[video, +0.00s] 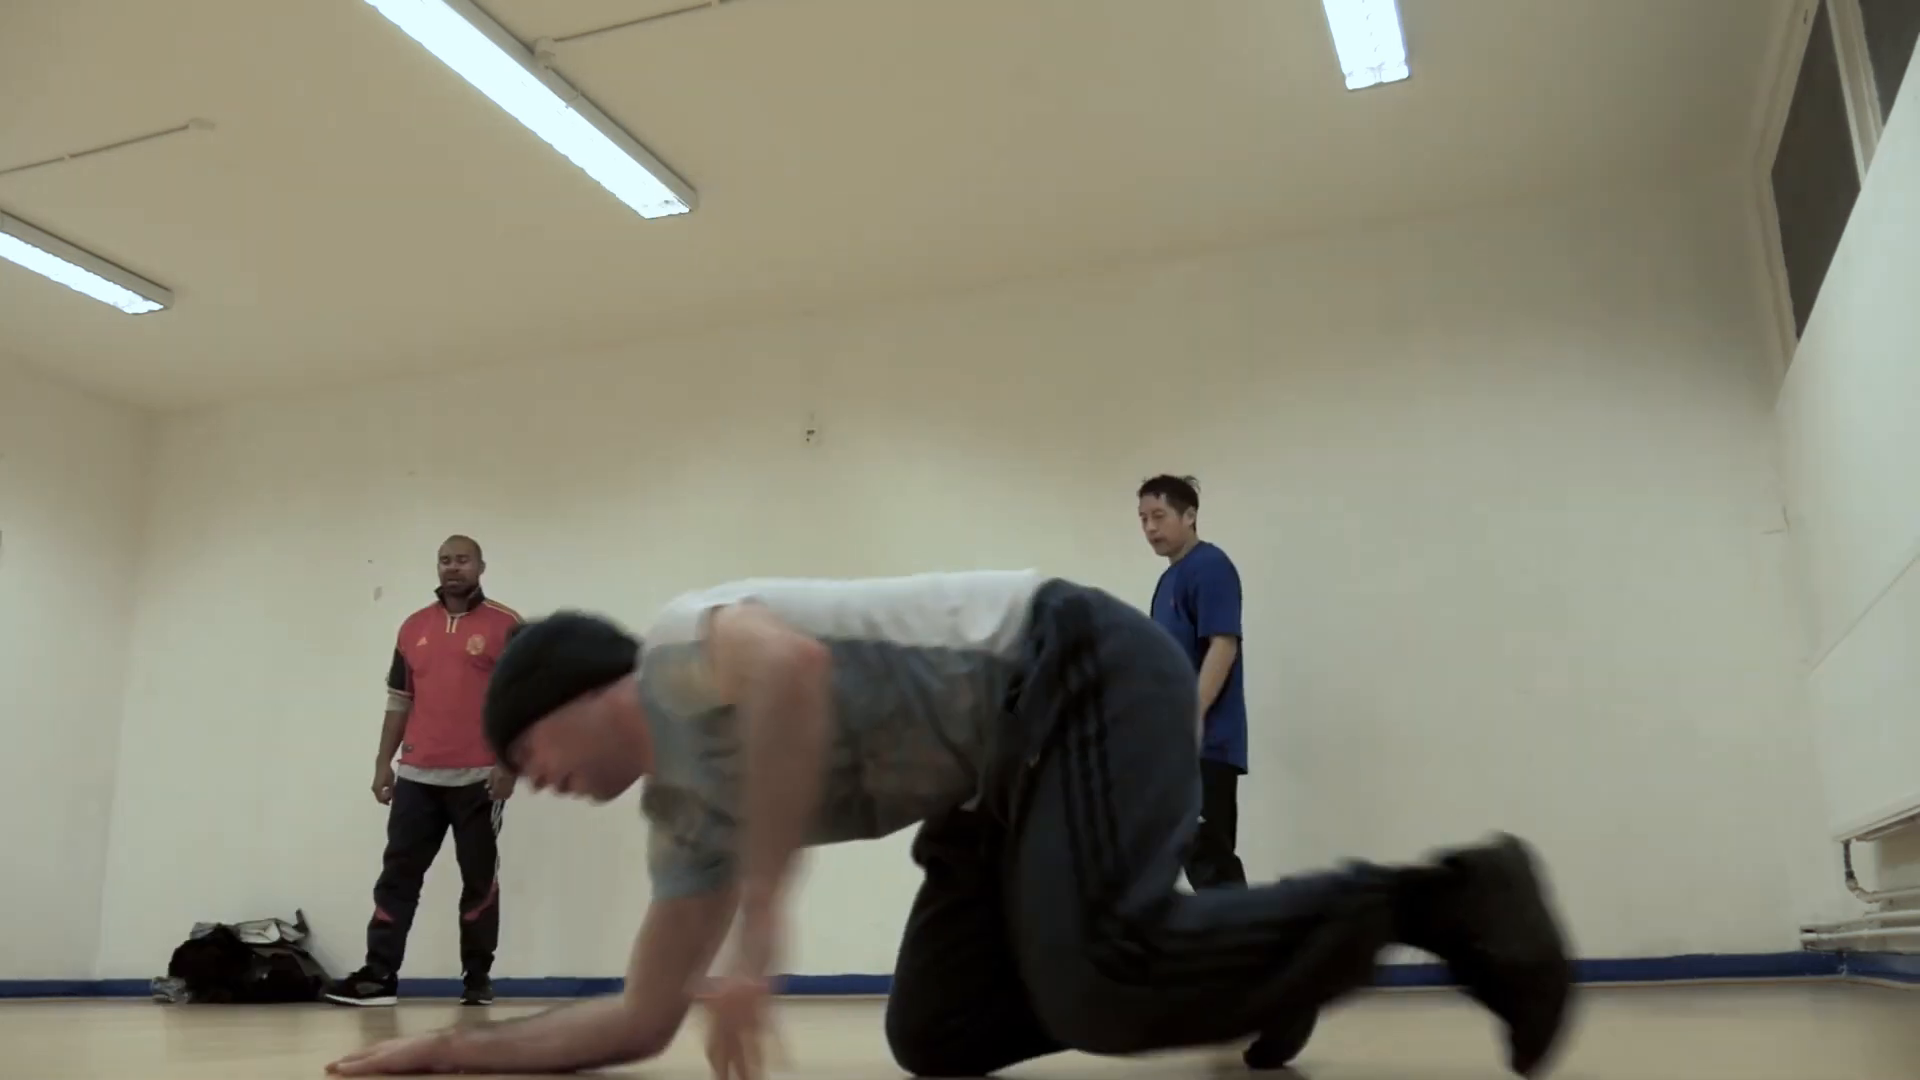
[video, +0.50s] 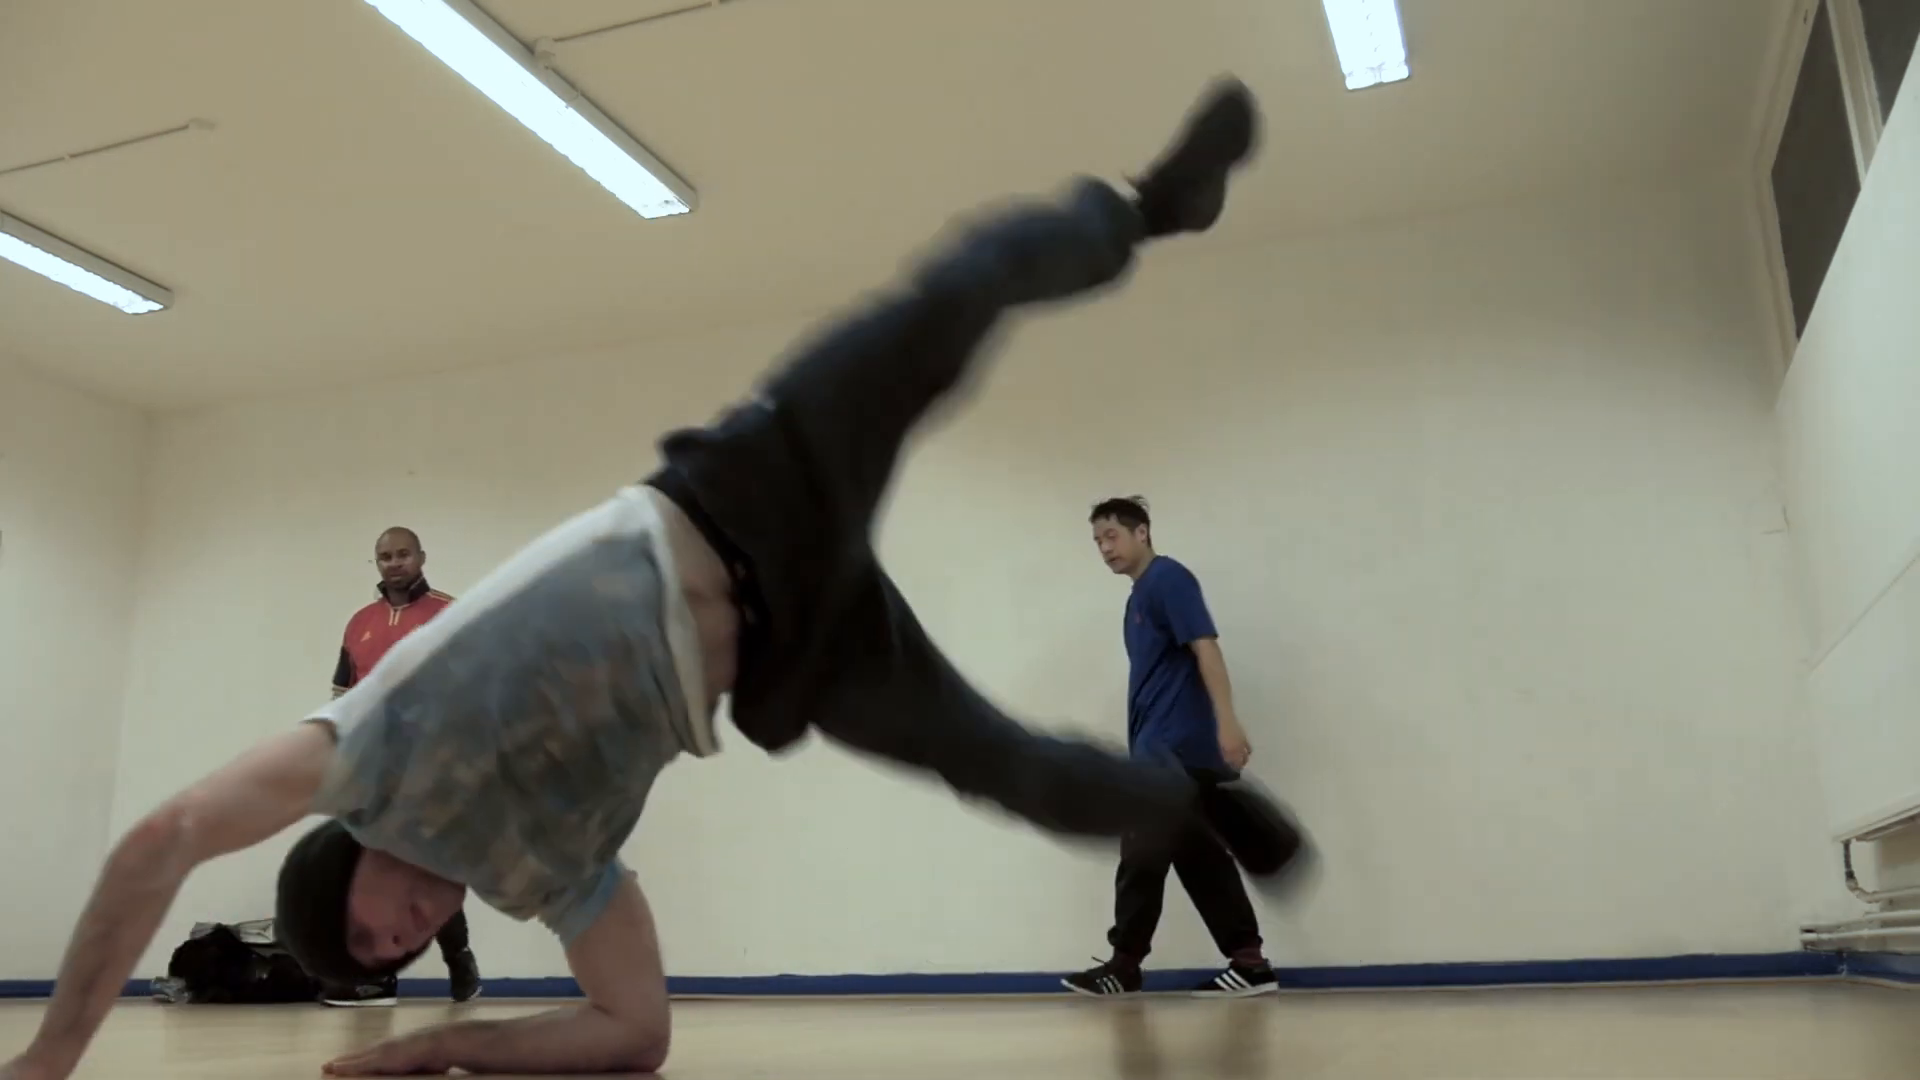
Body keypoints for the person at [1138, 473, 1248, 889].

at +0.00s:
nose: (1150, 527)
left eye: (1159, 516)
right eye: (1145, 519)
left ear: (1189, 517)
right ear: (1141, 522)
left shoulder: (1211, 565)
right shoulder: (1168, 579)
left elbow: (1224, 645)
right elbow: (1164, 654)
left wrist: (1192, 715)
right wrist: (1161, 715)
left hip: (1211, 740)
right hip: (1180, 738)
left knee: (1210, 854)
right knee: (1197, 855)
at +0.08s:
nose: (1145, 534)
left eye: (1153, 523)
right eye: (1139, 526)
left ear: (1183, 521)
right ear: (1136, 528)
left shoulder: (1204, 570)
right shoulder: (1175, 579)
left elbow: (1227, 646)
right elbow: (1176, 661)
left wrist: (1214, 725)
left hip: (1200, 742)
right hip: (1179, 742)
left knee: (1210, 852)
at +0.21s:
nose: (1136, 540)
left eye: (1142, 528)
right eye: (1130, 531)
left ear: (1173, 524)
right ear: (1134, 533)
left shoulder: (1199, 573)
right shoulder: (1173, 581)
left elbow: (1232, 654)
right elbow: (1179, 666)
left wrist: (1245, 736)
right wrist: (1170, 735)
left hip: (1203, 742)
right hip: (1179, 742)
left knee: (1198, 852)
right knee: (1182, 851)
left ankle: (1223, 960)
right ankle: (1201, 961)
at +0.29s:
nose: (1128, 542)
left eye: (1135, 531)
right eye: (1123, 534)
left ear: (1166, 526)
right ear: (1129, 537)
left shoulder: (1193, 574)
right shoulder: (1167, 585)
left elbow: (1230, 650)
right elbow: (1183, 660)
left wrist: (1255, 723)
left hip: (1189, 743)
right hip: (1184, 744)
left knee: (1151, 848)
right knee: (1212, 862)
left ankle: (1179, 964)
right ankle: (1250, 962)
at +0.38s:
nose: (1122, 547)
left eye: (1127, 536)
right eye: (1120, 537)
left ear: (1149, 530)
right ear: (1140, 533)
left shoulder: (1184, 569)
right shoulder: (1150, 580)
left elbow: (1225, 642)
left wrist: (1250, 720)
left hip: (1185, 734)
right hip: (1182, 736)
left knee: (1144, 849)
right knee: (1209, 858)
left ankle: (1139, 966)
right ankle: (1253, 960)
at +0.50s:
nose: (1105, 547)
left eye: (1112, 536)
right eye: (1099, 541)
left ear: (1142, 533)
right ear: (1100, 547)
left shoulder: (1168, 579)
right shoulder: (1139, 594)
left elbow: (1206, 649)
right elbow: (1156, 673)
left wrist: (1228, 726)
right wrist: (1145, 744)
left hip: (1176, 747)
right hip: (1159, 749)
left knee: (1142, 852)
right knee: (1200, 853)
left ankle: (1125, 967)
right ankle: (1250, 962)